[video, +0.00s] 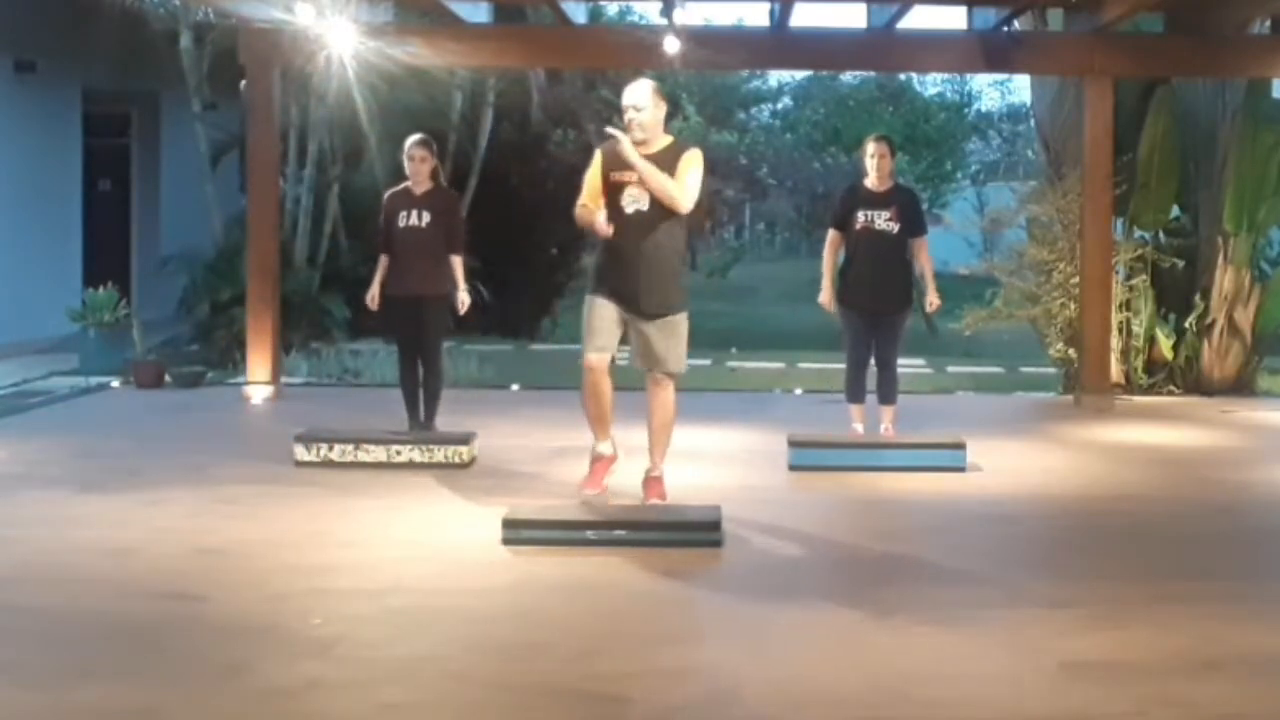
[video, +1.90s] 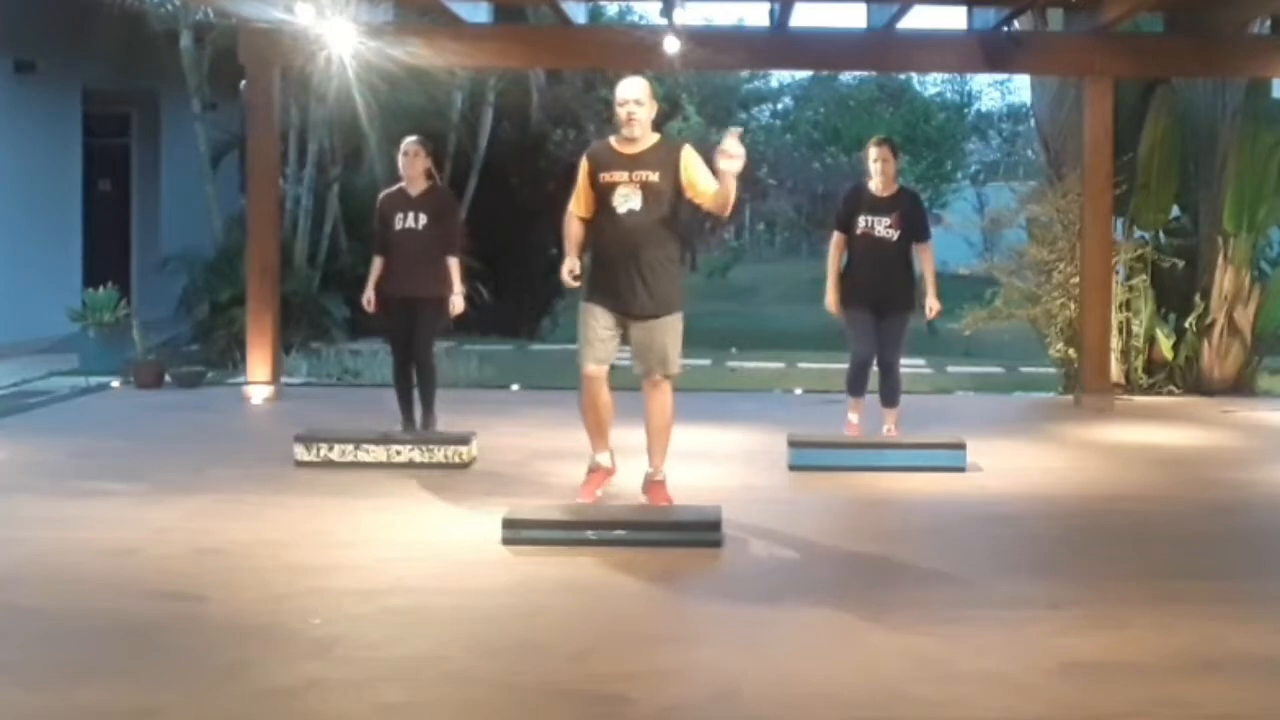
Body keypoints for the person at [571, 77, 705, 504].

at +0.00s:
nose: (631, 118)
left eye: (639, 110)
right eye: (626, 110)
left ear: (663, 113)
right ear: (621, 114)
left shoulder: (685, 156)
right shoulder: (607, 154)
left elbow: (683, 201)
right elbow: (583, 206)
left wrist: (634, 159)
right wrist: (595, 219)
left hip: (662, 289)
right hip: (610, 283)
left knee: (661, 379)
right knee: (594, 363)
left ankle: (656, 470)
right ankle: (603, 449)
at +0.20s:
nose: (623, 117)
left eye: (632, 109)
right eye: (619, 109)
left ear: (656, 112)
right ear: (615, 113)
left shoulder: (683, 157)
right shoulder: (603, 157)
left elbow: (694, 210)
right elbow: (585, 206)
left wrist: (634, 187)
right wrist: (589, 238)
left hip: (662, 288)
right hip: (609, 284)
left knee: (659, 379)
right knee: (600, 373)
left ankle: (656, 471)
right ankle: (611, 462)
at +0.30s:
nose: (618, 115)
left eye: (627, 108)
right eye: (614, 108)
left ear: (651, 110)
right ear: (610, 111)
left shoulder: (678, 158)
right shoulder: (598, 157)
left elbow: (700, 219)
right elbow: (579, 209)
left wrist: (646, 232)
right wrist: (592, 237)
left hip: (660, 295)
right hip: (608, 292)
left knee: (659, 380)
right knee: (609, 379)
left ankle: (656, 473)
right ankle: (619, 473)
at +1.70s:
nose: (629, 109)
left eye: (637, 102)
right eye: (622, 103)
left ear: (654, 108)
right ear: (613, 109)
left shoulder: (678, 158)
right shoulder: (593, 156)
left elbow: (708, 212)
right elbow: (575, 212)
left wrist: (673, 220)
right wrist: (577, 255)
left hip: (656, 288)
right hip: (603, 287)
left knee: (657, 380)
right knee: (600, 379)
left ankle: (657, 475)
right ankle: (610, 468)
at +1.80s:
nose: (630, 111)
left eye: (638, 104)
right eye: (624, 104)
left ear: (656, 110)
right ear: (615, 110)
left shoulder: (678, 158)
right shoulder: (597, 156)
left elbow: (718, 215)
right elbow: (578, 211)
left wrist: (699, 186)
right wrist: (573, 252)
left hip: (657, 292)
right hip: (603, 289)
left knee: (658, 381)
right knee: (592, 372)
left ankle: (656, 474)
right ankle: (603, 463)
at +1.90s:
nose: (628, 111)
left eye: (636, 104)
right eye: (622, 104)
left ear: (654, 109)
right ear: (613, 110)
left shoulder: (678, 155)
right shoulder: (595, 157)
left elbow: (719, 207)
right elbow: (577, 212)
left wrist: (728, 176)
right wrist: (571, 253)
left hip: (658, 288)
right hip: (603, 286)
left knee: (658, 381)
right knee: (592, 373)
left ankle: (656, 475)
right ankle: (602, 462)